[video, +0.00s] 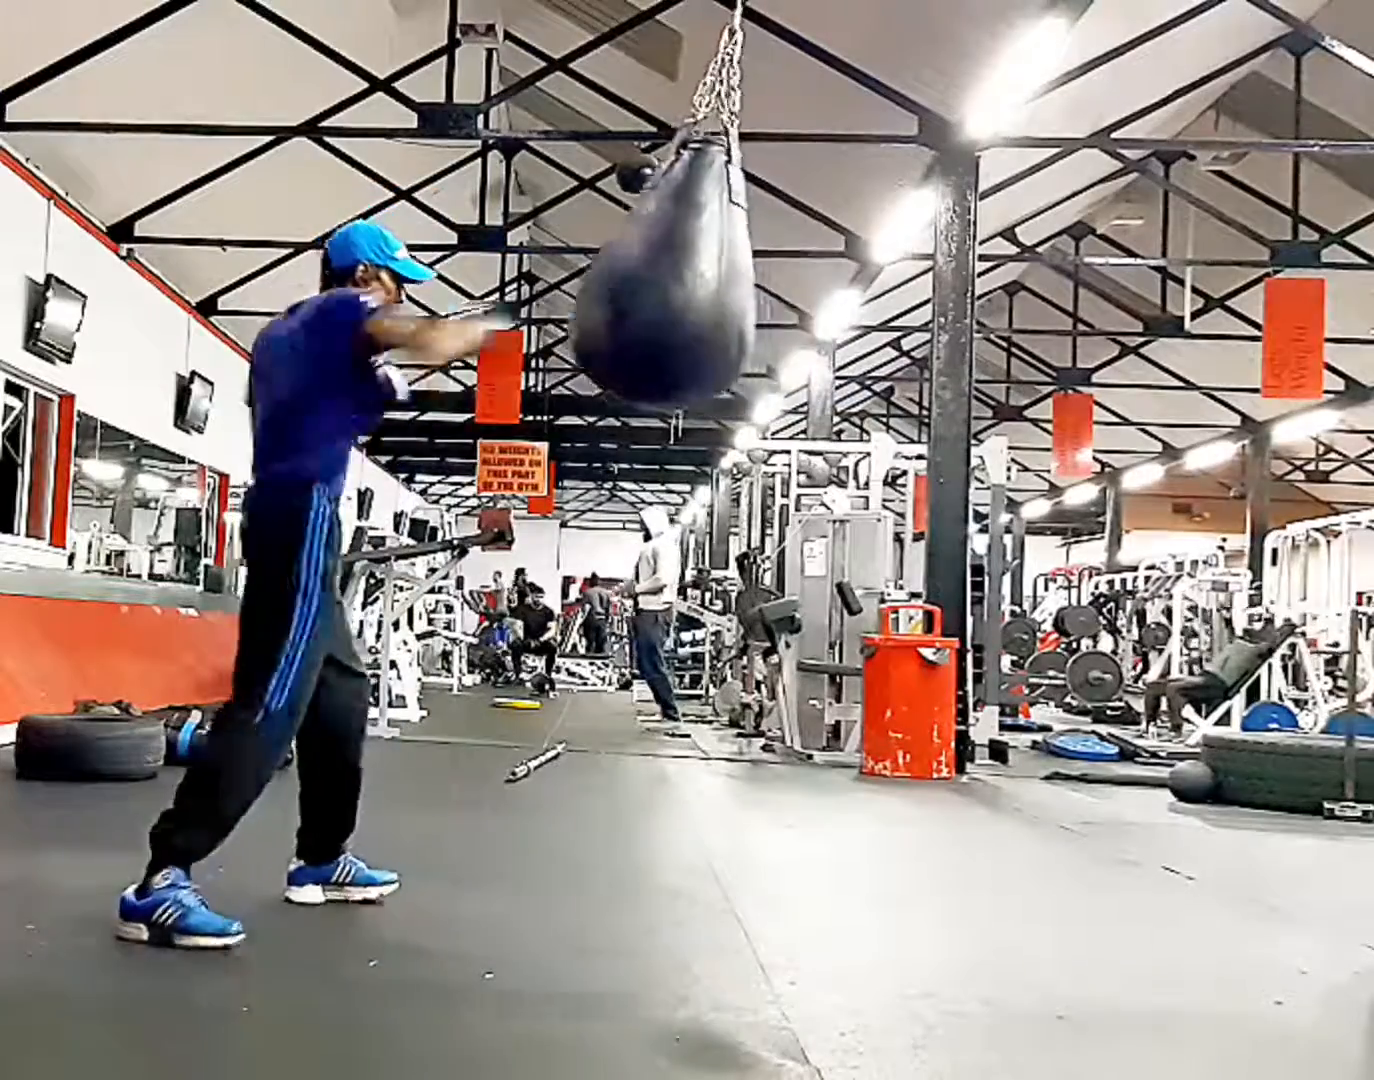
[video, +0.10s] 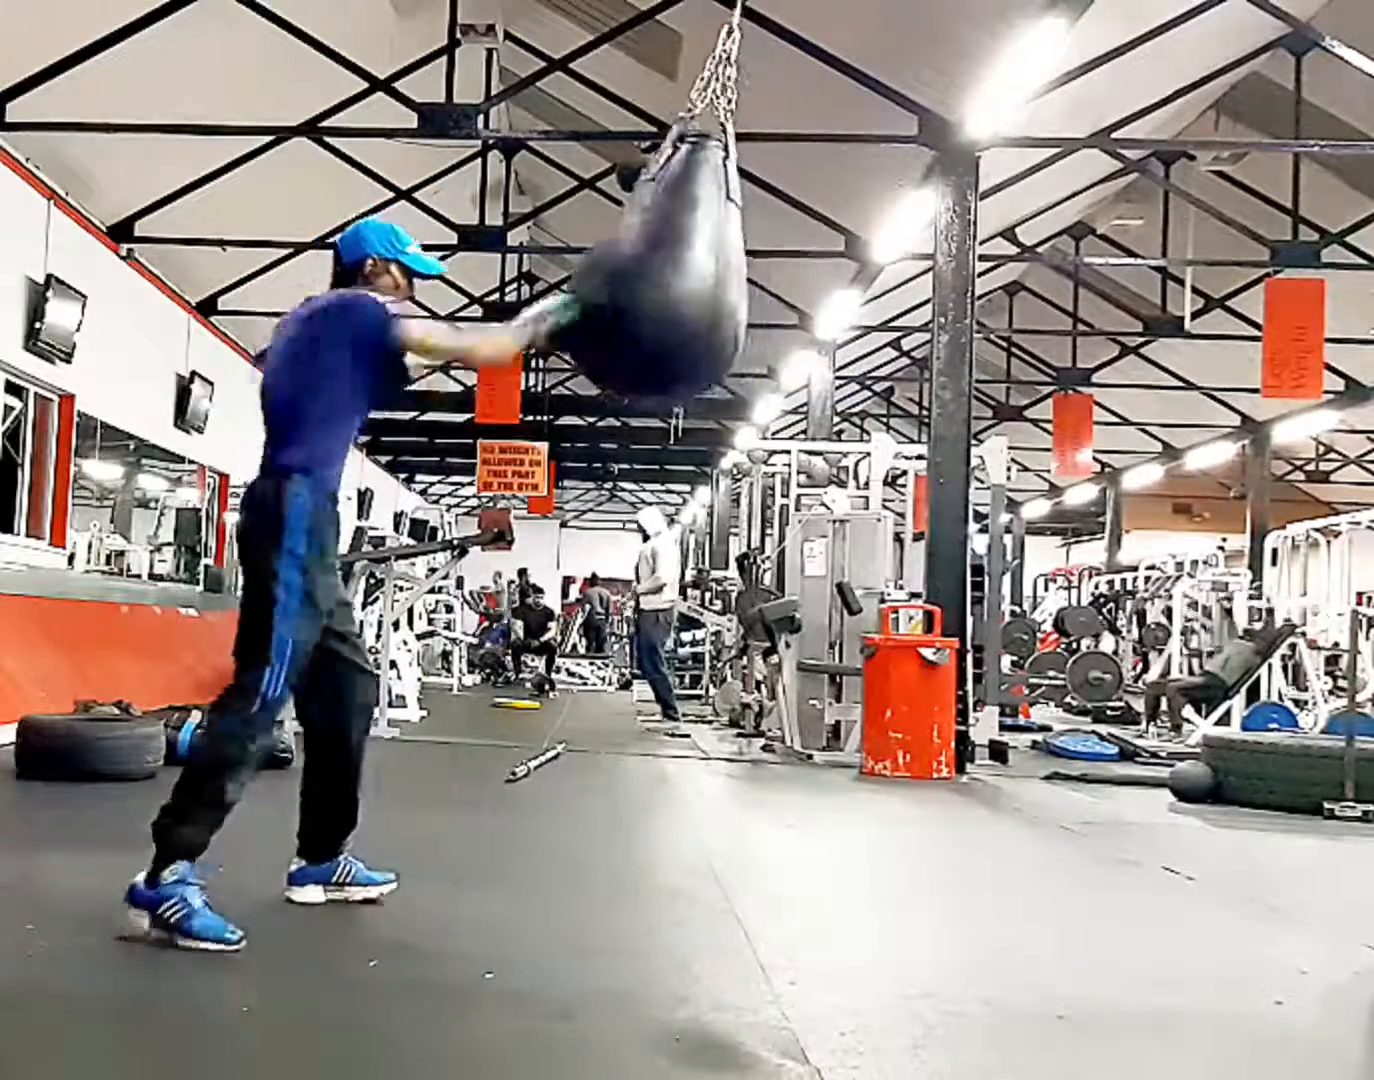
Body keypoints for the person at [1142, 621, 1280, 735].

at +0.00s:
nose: (1262, 635)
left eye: (1263, 634)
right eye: (1262, 633)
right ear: (1255, 635)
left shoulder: (1257, 650)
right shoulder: (1236, 643)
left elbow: (1273, 645)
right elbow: (1230, 635)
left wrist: (1286, 629)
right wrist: (1225, 619)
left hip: (1219, 681)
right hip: (1204, 674)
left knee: (1174, 689)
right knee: (1152, 688)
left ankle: (1177, 731)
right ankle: (1148, 728)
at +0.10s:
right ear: (1255, 637)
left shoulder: (1256, 652)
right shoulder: (1236, 643)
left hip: (1219, 681)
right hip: (1204, 675)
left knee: (1174, 689)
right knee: (1153, 687)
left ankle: (1176, 732)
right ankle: (1149, 728)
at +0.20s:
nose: (1250, 631)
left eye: (1254, 631)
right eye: (1253, 630)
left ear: (1259, 637)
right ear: (1249, 633)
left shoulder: (1256, 653)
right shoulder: (1237, 643)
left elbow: (1266, 633)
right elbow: (1232, 629)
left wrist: (1268, 610)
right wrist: (1228, 607)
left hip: (1219, 680)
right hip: (1205, 674)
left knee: (1173, 689)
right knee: (1152, 688)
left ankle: (1176, 730)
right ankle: (1148, 727)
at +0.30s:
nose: (1246, 629)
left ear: (1258, 635)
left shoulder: (1256, 650)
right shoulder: (1237, 641)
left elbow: (1269, 630)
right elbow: (1234, 627)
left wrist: (1269, 606)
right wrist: (1228, 607)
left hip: (1219, 681)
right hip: (1204, 674)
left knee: (1174, 689)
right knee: (1152, 688)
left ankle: (1176, 731)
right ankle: (1148, 727)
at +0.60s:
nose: (1257, 634)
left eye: (1256, 631)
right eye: (1257, 632)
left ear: (1249, 635)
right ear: (1253, 635)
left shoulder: (1256, 651)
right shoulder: (1236, 645)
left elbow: (1275, 652)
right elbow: (1221, 651)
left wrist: (1275, 636)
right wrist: (1222, 632)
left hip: (1216, 681)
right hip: (1205, 674)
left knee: (1173, 689)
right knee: (1153, 688)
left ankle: (1176, 730)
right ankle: (1147, 727)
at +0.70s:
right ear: (1253, 636)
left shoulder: (1254, 651)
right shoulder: (1231, 647)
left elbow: (1277, 656)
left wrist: (1273, 644)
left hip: (1218, 681)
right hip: (1203, 675)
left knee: (1173, 689)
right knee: (1153, 688)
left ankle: (1176, 730)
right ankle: (1147, 728)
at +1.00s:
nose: (1251, 626)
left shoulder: (1258, 650)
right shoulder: (1236, 643)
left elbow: (1273, 644)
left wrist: (1283, 632)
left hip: (1218, 682)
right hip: (1203, 676)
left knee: (1174, 689)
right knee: (1152, 688)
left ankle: (1176, 730)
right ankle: (1148, 727)